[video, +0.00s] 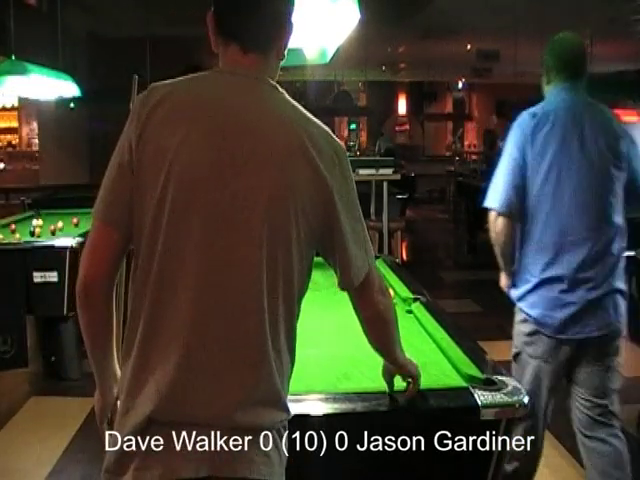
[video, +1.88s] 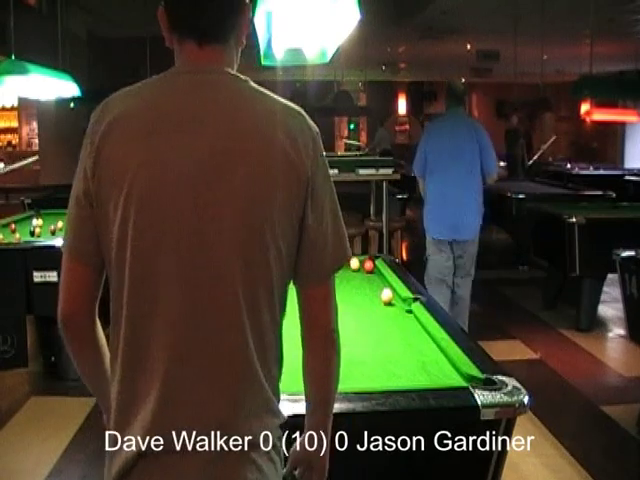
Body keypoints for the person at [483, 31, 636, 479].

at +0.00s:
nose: (542, 78)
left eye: (542, 71)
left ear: (545, 72)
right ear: (585, 70)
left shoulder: (530, 124)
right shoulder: (618, 130)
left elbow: (499, 214)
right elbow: (631, 207)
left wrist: (506, 270)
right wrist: (609, 258)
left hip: (543, 298)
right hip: (605, 298)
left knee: (525, 419)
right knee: (599, 419)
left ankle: (512, 477)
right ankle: (618, 479)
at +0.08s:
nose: (535, 75)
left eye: (531, 68)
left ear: (531, 70)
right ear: (571, 69)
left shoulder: (513, 122)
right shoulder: (596, 120)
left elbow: (482, 210)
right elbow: (620, 184)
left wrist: (488, 269)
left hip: (528, 286)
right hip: (587, 286)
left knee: (519, 407)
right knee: (580, 401)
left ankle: (510, 475)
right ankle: (602, 476)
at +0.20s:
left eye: (517, 64)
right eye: (555, 64)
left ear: (517, 66)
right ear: (556, 66)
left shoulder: (497, 114)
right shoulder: (577, 111)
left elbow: (467, 198)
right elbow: (601, 155)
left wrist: (469, 257)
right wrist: (570, 104)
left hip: (513, 266)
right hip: (569, 267)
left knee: (507, 383)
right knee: (556, 373)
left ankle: (507, 471)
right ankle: (573, 466)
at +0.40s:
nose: (551, 77)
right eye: (549, 71)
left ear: (505, 70)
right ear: (542, 73)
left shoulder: (482, 113)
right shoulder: (556, 108)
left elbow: (453, 190)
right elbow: (575, 129)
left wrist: (452, 232)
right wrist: (556, 88)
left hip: (495, 255)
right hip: (547, 256)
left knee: (503, 362)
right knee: (530, 361)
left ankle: (501, 455)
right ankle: (513, 448)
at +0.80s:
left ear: (482, 82)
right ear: (513, 84)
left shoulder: (462, 116)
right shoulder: (523, 116)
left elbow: (439, 177)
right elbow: (548, 123)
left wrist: (436, 230)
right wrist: (527, 87)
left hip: (470, 244)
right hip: (513, 245)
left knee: (457, 328)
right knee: (496, 335)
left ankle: (452, 402)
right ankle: (487, 405)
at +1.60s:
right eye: (472, 97)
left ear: (445, 97)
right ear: (469, 97)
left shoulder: (430, 127)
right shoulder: (477, 121)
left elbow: (420, 172)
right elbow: (506, 145)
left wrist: (427, 198)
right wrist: (486, 113)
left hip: (437, 216)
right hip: (471, 215)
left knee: (443, 285)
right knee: (470, 283)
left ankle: (444, 343)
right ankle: (467, 340)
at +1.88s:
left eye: (444, 102)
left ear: (445, 102)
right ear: (465, 103)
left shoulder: (431, 130)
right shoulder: (476, 129)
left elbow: (420, 175)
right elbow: (491, 174)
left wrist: (430, 199)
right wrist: (475, 184)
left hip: (437, 218)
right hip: (468, 219)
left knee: (438, 281)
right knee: (463, 280)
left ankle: (436, 337)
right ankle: (458, 338)